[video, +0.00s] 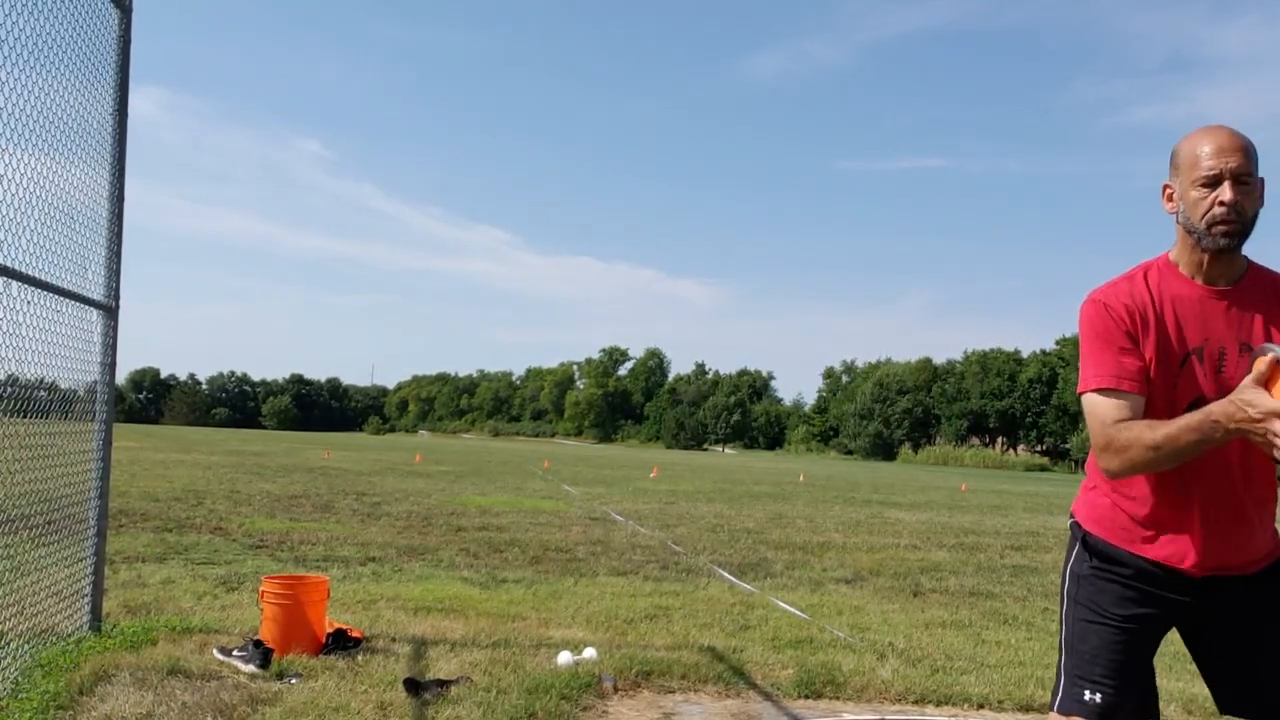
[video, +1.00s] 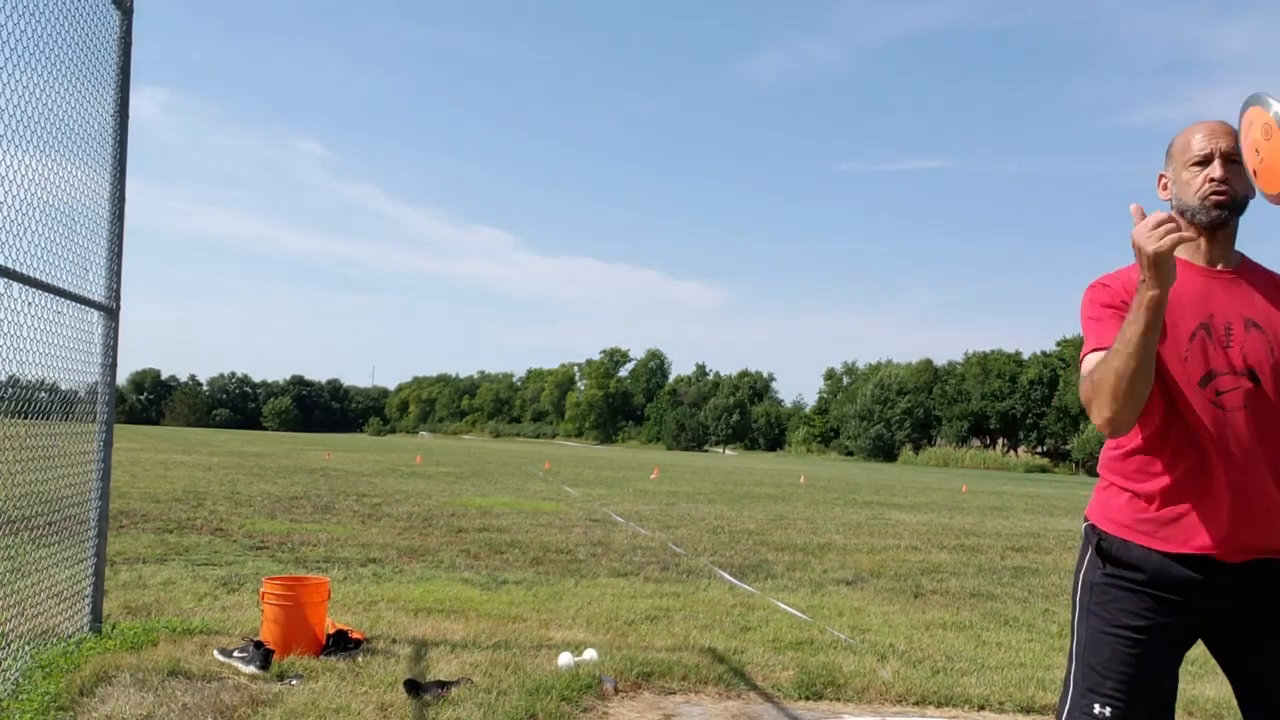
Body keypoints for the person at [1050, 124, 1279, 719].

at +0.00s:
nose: (1228, 195)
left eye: (1242, 180)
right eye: (1209, 182)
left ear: (1261, 193)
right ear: (1171, 199)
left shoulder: (1277, 301)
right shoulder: (1117, 306)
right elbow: (1112, 449)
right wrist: (1228, 417)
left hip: (1246, 568)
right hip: (1122, 563)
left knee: (1269, 704)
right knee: (1089, 711)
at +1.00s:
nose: (1221, 172)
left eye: (1234, 161)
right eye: (1201, 162)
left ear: (1250, 184)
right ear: (1166, 186)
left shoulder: (1273, 293)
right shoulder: (1119, 292)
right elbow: (1110, 415)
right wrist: (1152, 287)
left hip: (1261, 569)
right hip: (1139, 563)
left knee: (1273, 705)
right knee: (1103, 711)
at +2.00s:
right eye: (1278, 242)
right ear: (1243, 226)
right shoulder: (1179, 324)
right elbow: (1057, 435)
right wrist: (1155, 535)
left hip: (1254, 575)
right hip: (1134, 567)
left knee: (1275, 706)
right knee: (1101, 713)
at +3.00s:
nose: (1260, 260)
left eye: (1275, 241)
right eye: (1244, 239)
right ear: (1203, 225)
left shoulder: (1276, 318)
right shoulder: (1134, 325)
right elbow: (1113, 475)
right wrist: (1241, 477)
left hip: (1243, 561)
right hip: (1124, 555)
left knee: (1277, 703)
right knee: (1086, 710)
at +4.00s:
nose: (1248, 247)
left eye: (1261, 229)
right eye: (1228, 228)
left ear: (1276, 230)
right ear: (1183, 226)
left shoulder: (1277, 330)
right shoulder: (1115, 339)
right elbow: (1055, 452)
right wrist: (989, 534)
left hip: (1245, 570)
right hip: (1122, 563)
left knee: (1260, 707)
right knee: (1096, 709)